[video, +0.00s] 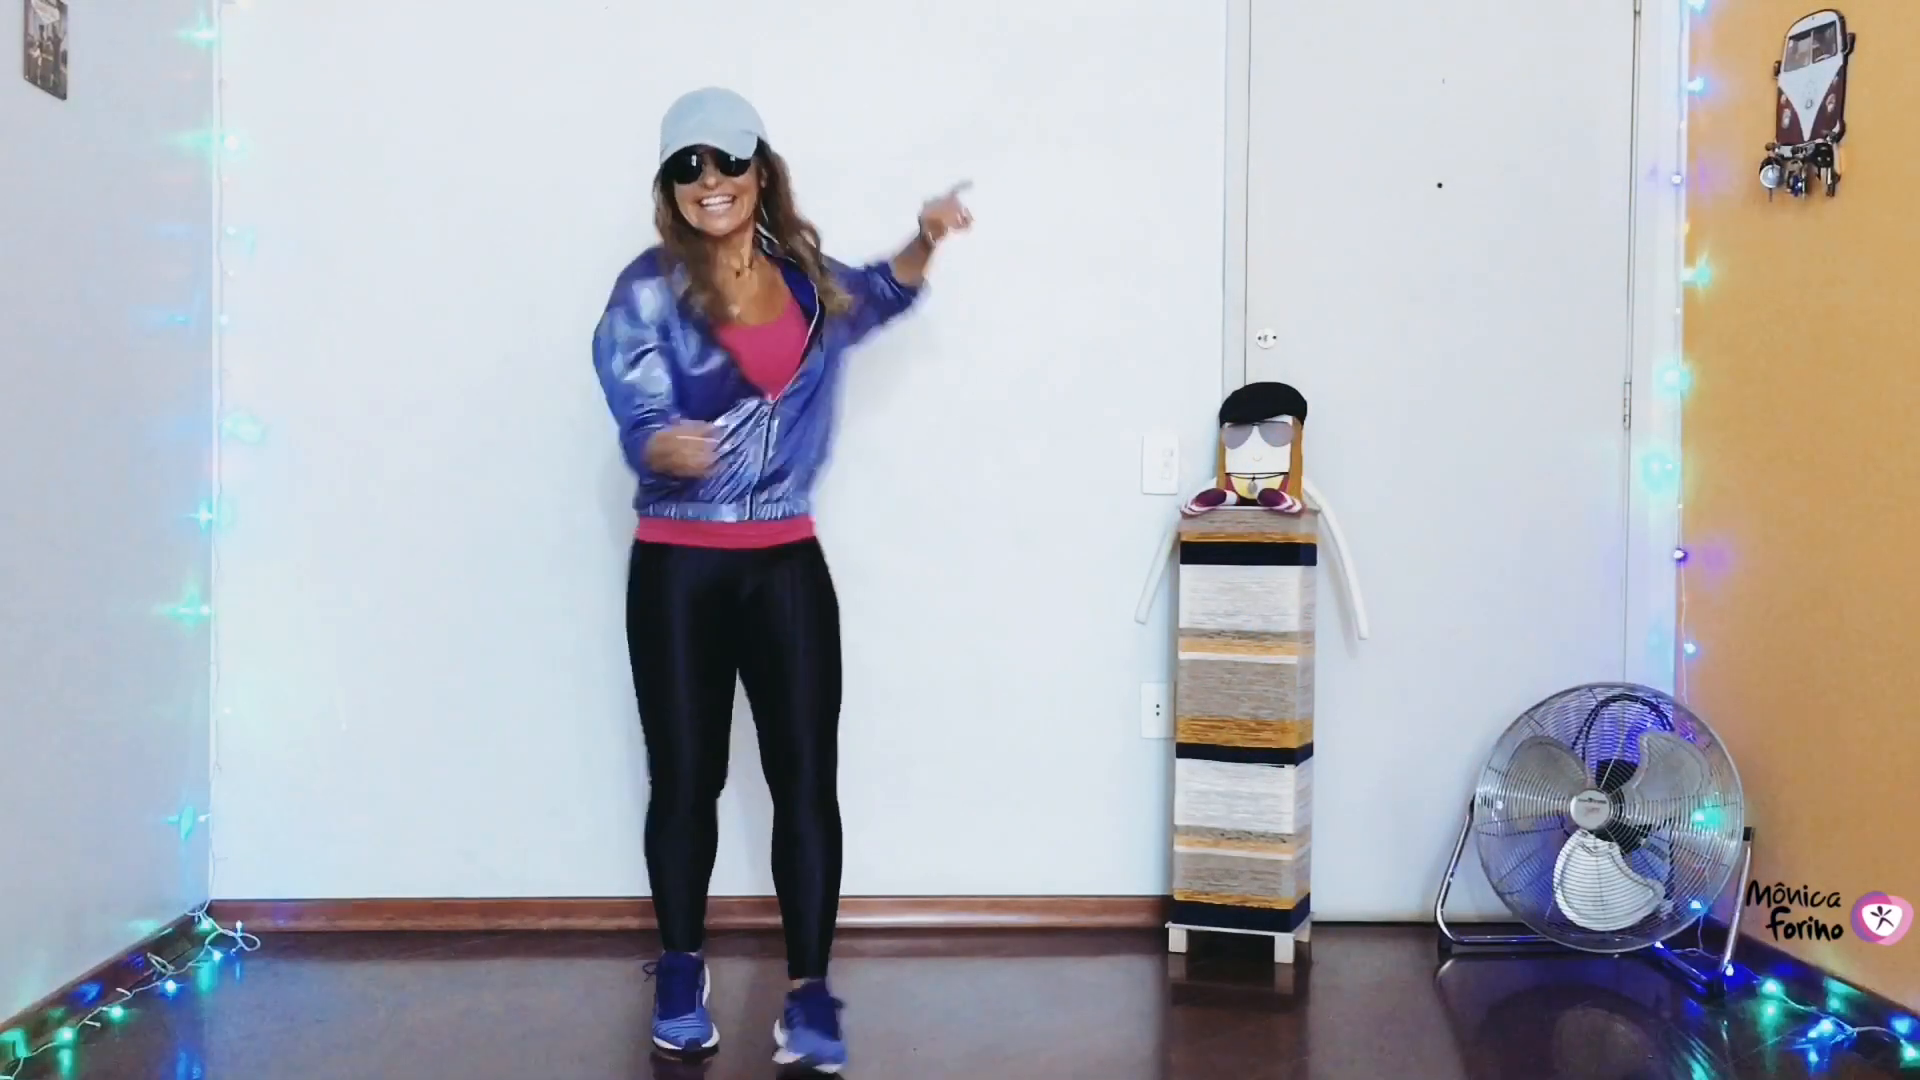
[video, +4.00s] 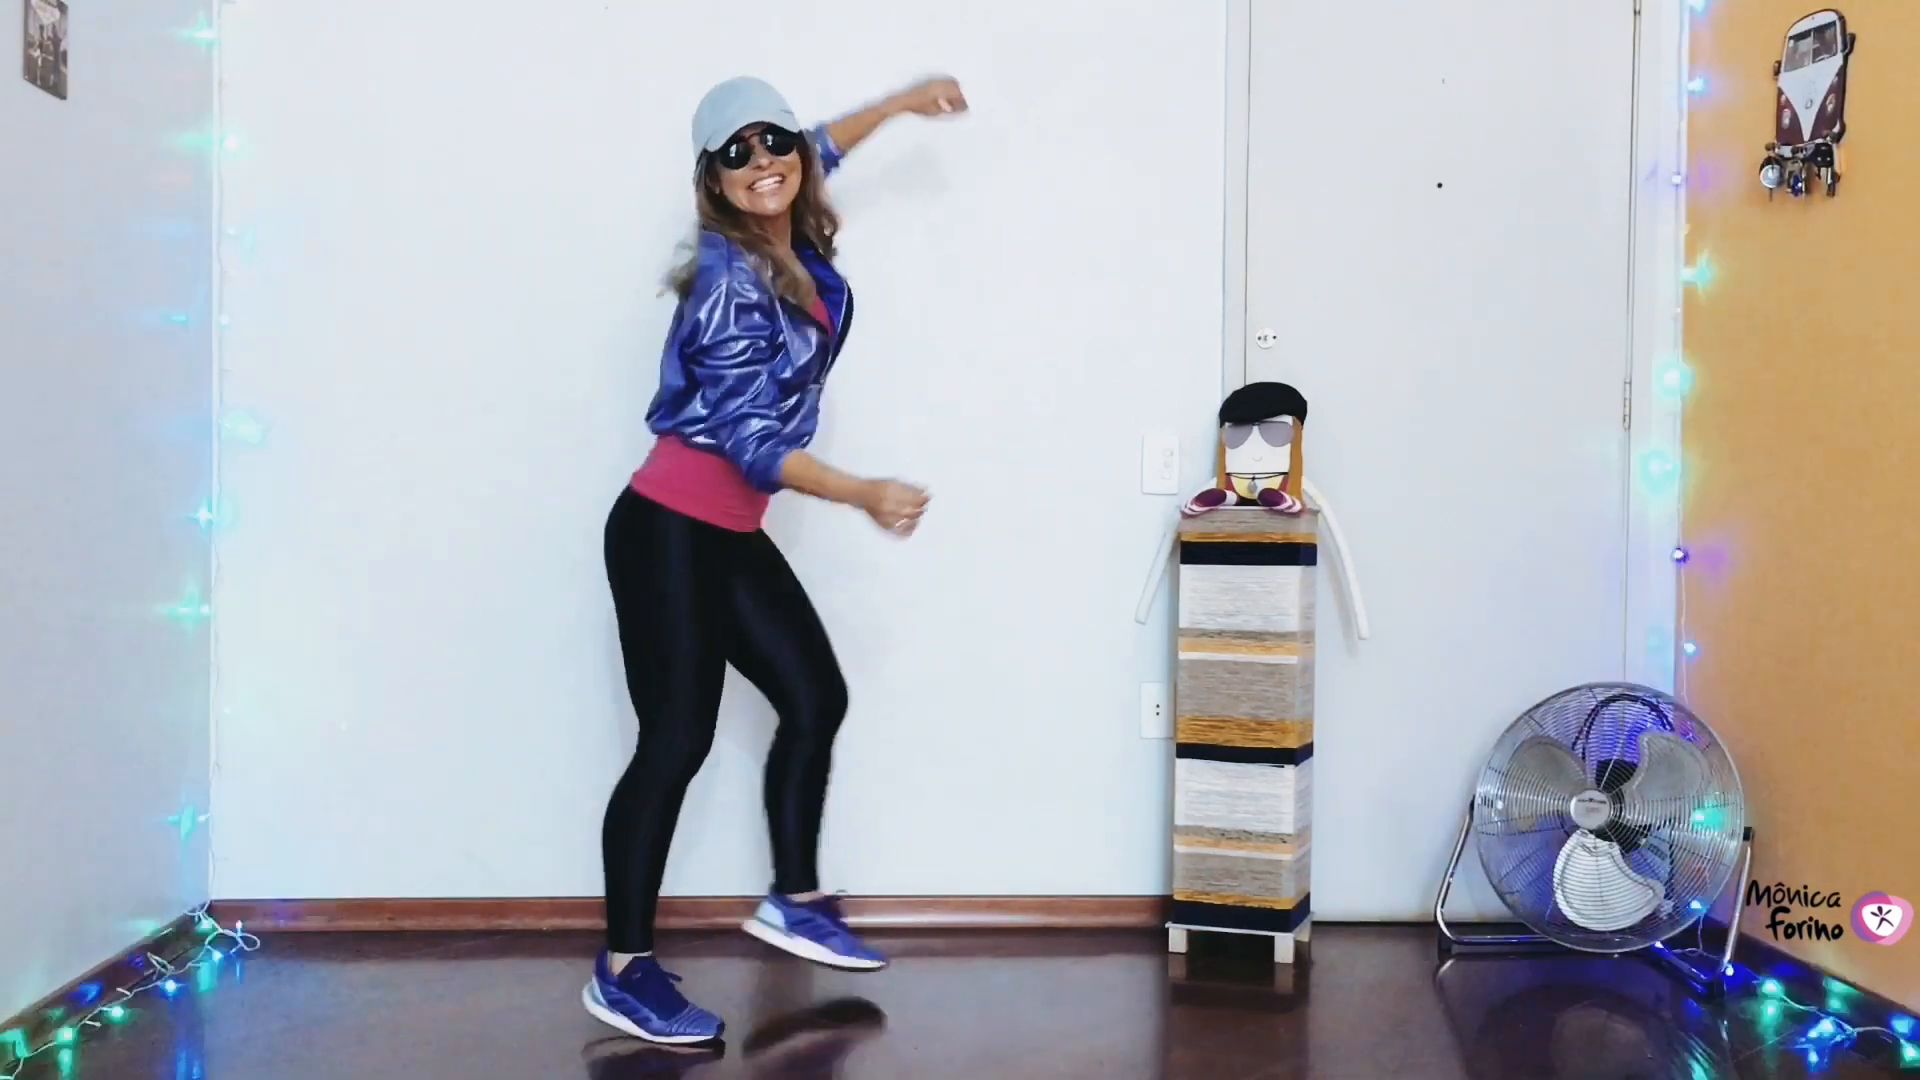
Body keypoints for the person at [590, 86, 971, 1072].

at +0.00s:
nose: (712, 185)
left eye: (730, 166)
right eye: (691, 171)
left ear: (762, 176)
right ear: (670, 188)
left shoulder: (801, 277)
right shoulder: (646, 293)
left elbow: (866, 300)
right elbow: (638, 411)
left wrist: (921, 249)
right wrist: (657, 446)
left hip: (789, 564)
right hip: (680, 570)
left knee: (807, 779)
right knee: (685, 782)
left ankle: (809, 992)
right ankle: (680, 975)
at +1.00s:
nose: (721, 211)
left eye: (735, 195)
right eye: (701, 201)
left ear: (758, 201)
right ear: (679, 215)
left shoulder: (745, 269)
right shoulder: (706, 297)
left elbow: (768, 164)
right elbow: (717, 421)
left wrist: (811, 82)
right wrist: (798, 457)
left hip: (728, 513)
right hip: (701, 511)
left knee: (758, 713)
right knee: (769, 703)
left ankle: (680, 918)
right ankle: (722, 921)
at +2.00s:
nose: (745, 143)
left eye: (769, 133)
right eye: (731, 124)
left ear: (799, 153)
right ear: (706, 135)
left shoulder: (791, 246)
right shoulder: (692, 236)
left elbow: (757, 362)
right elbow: (636, 202)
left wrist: (633, 331)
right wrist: (583, 146)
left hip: (784, 538)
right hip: (706, 536)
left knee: (764, 751)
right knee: (645, 729)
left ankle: (842, 981)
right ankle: (640, 960)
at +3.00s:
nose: (725, 190)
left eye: (746, 183)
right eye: (714, 171)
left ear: (764, 203)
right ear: (687, 179)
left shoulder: (756, 284)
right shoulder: (669, 266)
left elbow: (762, 419)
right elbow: (622, 175)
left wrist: (655, 440)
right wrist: (621, 77)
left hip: (758, 521)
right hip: (695, 532)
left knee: (726, 702)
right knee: (671, 714)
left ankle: (759, 919)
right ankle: (713, 912)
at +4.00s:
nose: (760, 166)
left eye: (775, 148)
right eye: (737, 156)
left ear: (800, 162)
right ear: (714, 180)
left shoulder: (791, 239)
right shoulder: (730, 278)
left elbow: (814, 154)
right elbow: (750, 440)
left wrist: (900, 104)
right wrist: (864, 492)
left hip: (731, 532)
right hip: (665, 530)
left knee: (816, 698)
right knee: (674, 736)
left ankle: (795, 900)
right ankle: (622, 968)